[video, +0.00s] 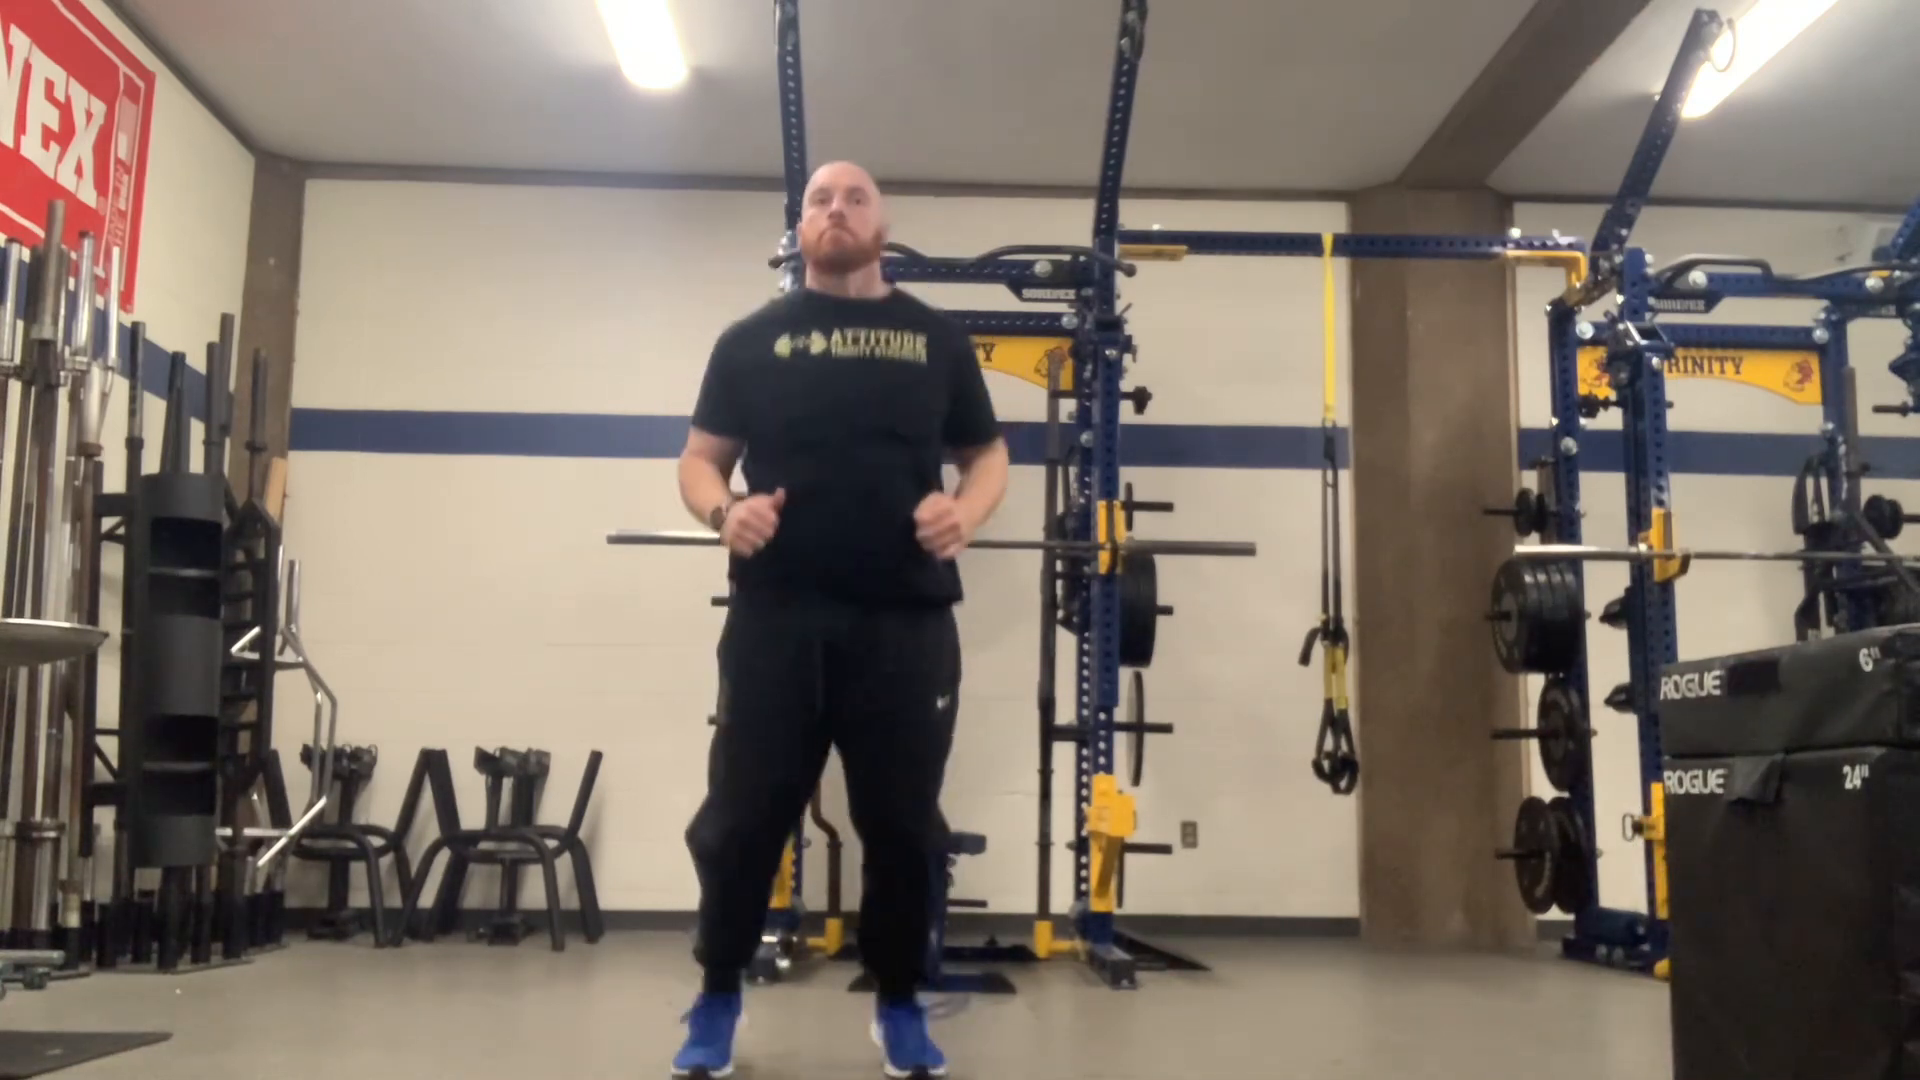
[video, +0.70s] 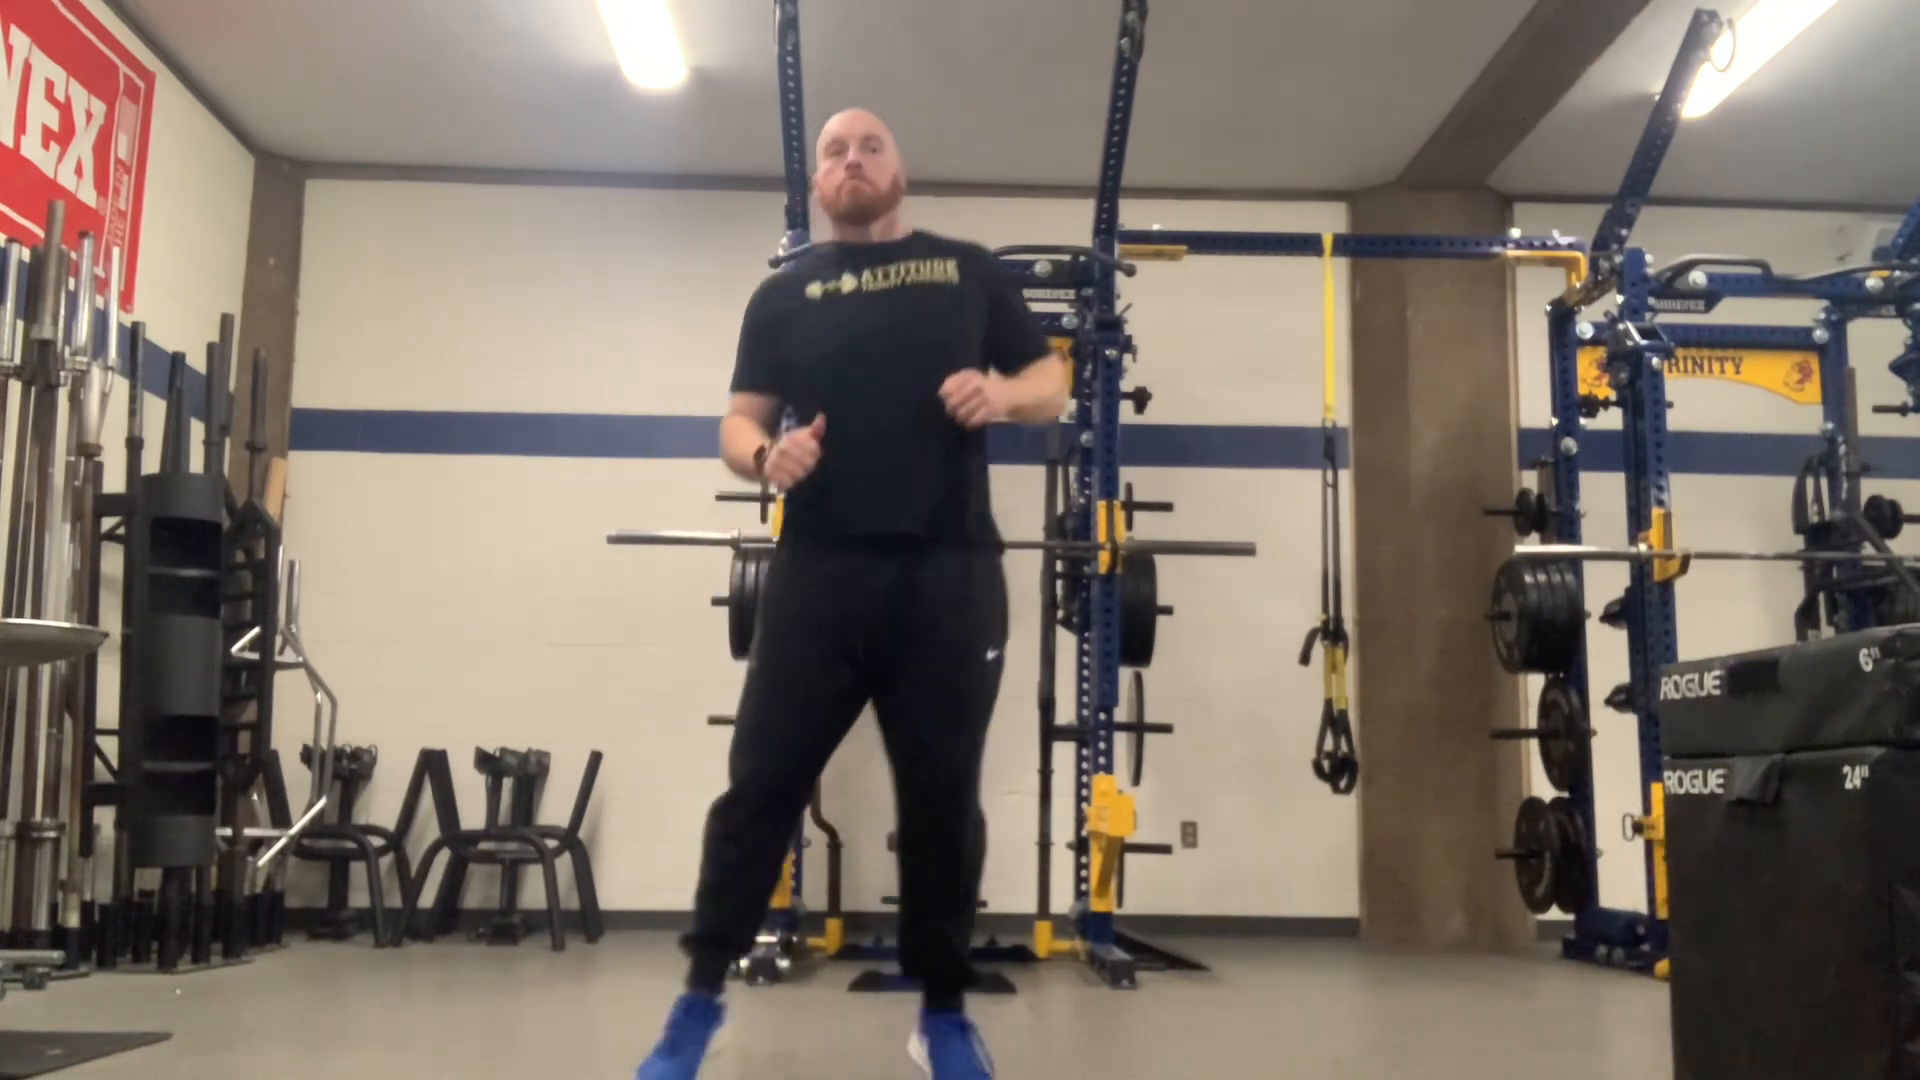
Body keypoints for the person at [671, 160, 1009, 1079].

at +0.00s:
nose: (838, 208)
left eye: (856, 197)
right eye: (822, 199)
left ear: (887, 229)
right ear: (797, 232)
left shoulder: (937, 340)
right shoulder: (751, 342)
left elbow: (988, 460)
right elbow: (699, 464)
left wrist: (966, 508)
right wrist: (725, 509)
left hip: (904, 622)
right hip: (776, 619)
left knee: (904, 829)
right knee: (740, 824)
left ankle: (900, 1010)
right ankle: (716, 998)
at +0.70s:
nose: (852, 159)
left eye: (869, 146)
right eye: (835, 151)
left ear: (904, 173)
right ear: (813, 185)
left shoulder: (970, 272)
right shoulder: (781, 294)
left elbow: (1051, 381)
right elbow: (739, 427)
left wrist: (1005, 394)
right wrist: (765, 453)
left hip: (947, 581)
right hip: (817, 582)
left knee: (943, 801)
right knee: (759, 790)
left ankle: (944, 1017)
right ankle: (699, 997)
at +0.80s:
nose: (873, 131)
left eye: (890, 119)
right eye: (857, 121)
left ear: (920, 146)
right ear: (832, 153)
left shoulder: (987, 237)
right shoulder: (795, 261)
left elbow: (1073, 351)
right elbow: (759, 389)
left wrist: (1030, 359)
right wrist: (784, 416)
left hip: (971, 540)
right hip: (841, 540)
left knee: (989, 761)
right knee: (816, 751)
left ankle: (998, 980)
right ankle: (800, 963)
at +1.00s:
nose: (913, 216)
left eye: (930, 204)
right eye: (896, 203)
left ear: (957, 230)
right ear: (868, 229)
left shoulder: (1014, 330)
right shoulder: (824, 349)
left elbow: (1074, 441)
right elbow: (773, 470)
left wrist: (1070, 484)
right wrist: (787, 497)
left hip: (1018, 616)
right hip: (891, 624)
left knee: (1057, 830)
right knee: (904, 830)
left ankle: (1099, 1030)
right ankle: (944, 1021)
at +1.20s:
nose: (914, 152)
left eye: (932, 142)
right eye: (898, 141)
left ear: (960, 174)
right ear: (870, 171)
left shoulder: (1000, 282)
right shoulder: (808, 271)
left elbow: (1055, 400)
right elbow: (744, 392)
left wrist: (1048, 432)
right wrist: (792, 407)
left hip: (965, 572)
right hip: (839, 573)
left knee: (1012, 785)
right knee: (866, 793)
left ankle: (1052, 998)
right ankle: (917, 1004)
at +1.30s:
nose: (887, 126)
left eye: (905, 116)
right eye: (871, 114)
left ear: (934, 144)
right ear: (845, 141)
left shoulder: (977, 245)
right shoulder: (787, 236)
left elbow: (1033, 365)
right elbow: (713, 357)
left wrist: (1020, 399)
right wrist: (755, 385)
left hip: (932, 532)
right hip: (807, 530)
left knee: (925, 747)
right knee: (811, 746)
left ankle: (925, 955)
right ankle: (828, 955)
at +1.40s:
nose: (860, 144)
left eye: (880, 135)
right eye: (846, 132)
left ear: (909, 167)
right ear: (819, 159)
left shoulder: (953, 266)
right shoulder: (761, 259)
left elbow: (1008, 386)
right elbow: (690, 377)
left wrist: (982, 421)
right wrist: (708, 430)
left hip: (900, 547)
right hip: (773, 540)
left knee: (856, 763)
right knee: (744, 748)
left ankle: (817, 968)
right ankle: (707, 956)